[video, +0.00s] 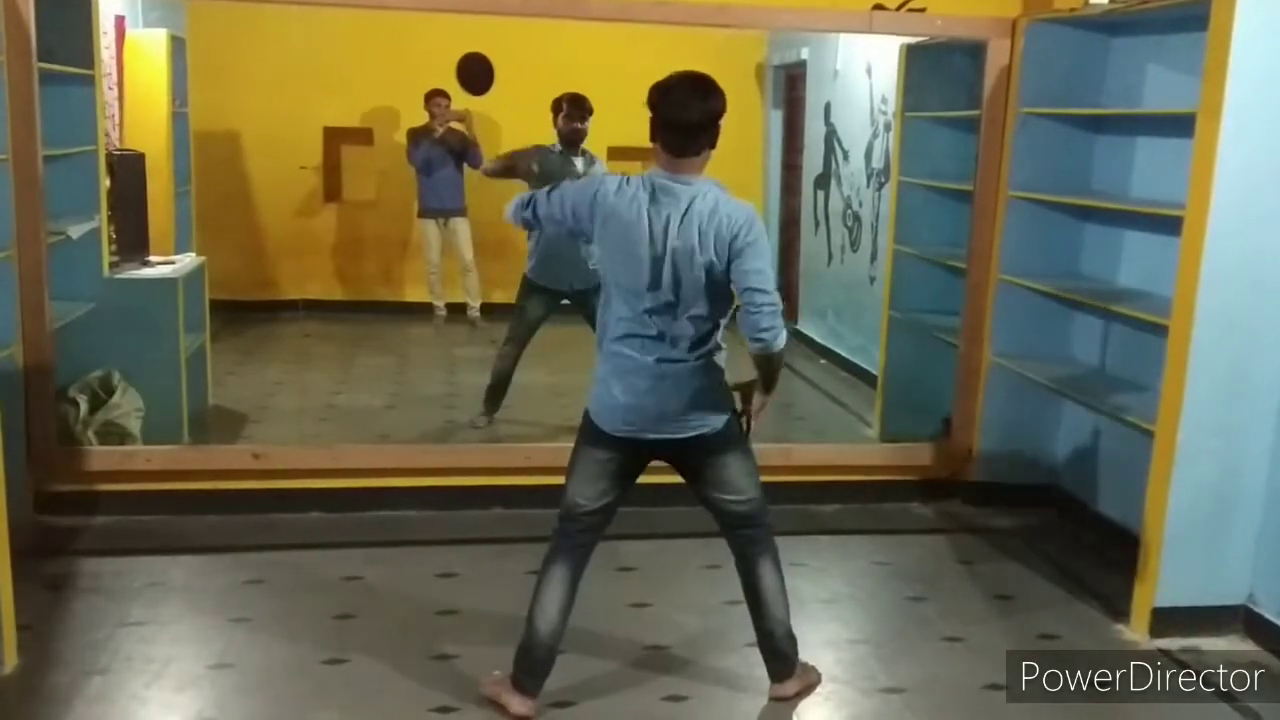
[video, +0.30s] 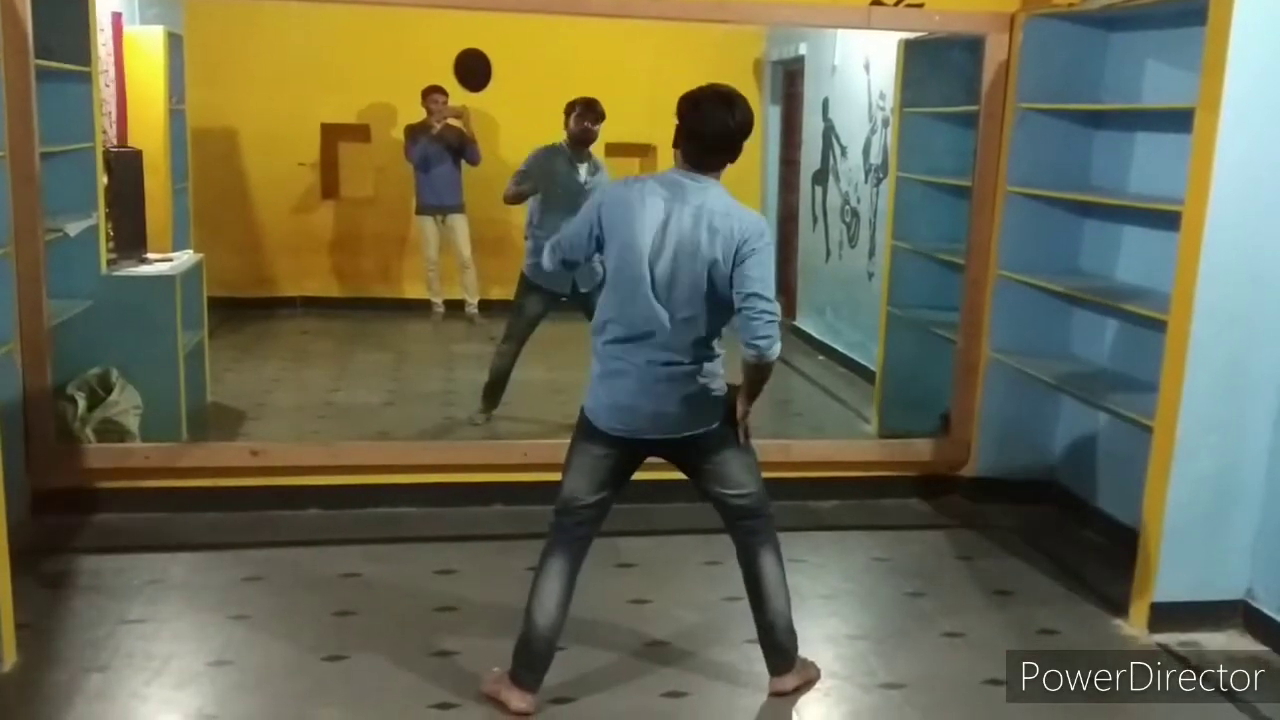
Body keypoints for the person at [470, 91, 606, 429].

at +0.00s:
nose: (577, 126)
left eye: (583, 120)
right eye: (570, 119)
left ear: (590, 123)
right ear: (556, 121)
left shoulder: (598, 168)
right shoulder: (537, 159)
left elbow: (616, 211)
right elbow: (489, 167)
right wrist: (518, 165)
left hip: (591, 278)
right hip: (544, 276)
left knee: (624, 346)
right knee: (512, 347)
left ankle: (635, 423)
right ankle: (488, 411)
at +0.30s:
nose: (589, 126)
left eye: (595, 121)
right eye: (582, 119)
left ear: (600, 128)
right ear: (567, 121)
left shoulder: (599, 170)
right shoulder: (545, 158)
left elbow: (607, 212)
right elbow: (510, 195)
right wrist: (536, 184)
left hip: (589, 270)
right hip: (544, 269)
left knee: (619, 337)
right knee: (512, 341)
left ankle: (624, 414)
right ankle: (487, 407)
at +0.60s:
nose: (580, 123)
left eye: (586, 117)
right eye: (574, 115)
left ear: (593, 122)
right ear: (559, 117)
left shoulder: (595, 166)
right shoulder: (546, 156)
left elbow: (612, 208)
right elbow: (518, 166)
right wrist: (558, 149)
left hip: (588, 271)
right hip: (543, 269)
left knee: (622, 339)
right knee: (512, 340)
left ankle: (630, 415)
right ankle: (486, 407)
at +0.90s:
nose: (589, 128)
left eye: (595, 122)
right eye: (582, 120)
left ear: (603, 126)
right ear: (570, 121)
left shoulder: (608, 168)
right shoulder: (560, 150)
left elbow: (611, 222)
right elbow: (597, 171)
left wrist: (616, 265)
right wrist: (648, 176)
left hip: (591, 264)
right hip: (549, 261)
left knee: (624, 337)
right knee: (516, 335)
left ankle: (642, 410)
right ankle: (487, 403)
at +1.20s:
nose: (642, 159)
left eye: (646, 153)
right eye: (637, 151)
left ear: (648, 156)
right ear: (621, 146)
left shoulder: (632, 191)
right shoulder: (601, 173)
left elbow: (617, 236)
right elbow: (564, 162)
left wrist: (623, 272)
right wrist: (611, 164)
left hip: (599, 276)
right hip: (564, 270)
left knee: (638, 335)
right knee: (549, 342)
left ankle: (628, 409)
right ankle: (517, 303)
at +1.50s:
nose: (584, 133)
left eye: (588, 127)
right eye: (576, 128)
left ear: (594, 131)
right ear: (561, 132)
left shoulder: (601, 179)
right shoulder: (549, 160)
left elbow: (611, 223)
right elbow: (531, 207)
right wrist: (551, 241)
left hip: (585, 281)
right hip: (541, 280)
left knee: (615, 355)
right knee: (506, 349)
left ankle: (628, 427)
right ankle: (488, 418)